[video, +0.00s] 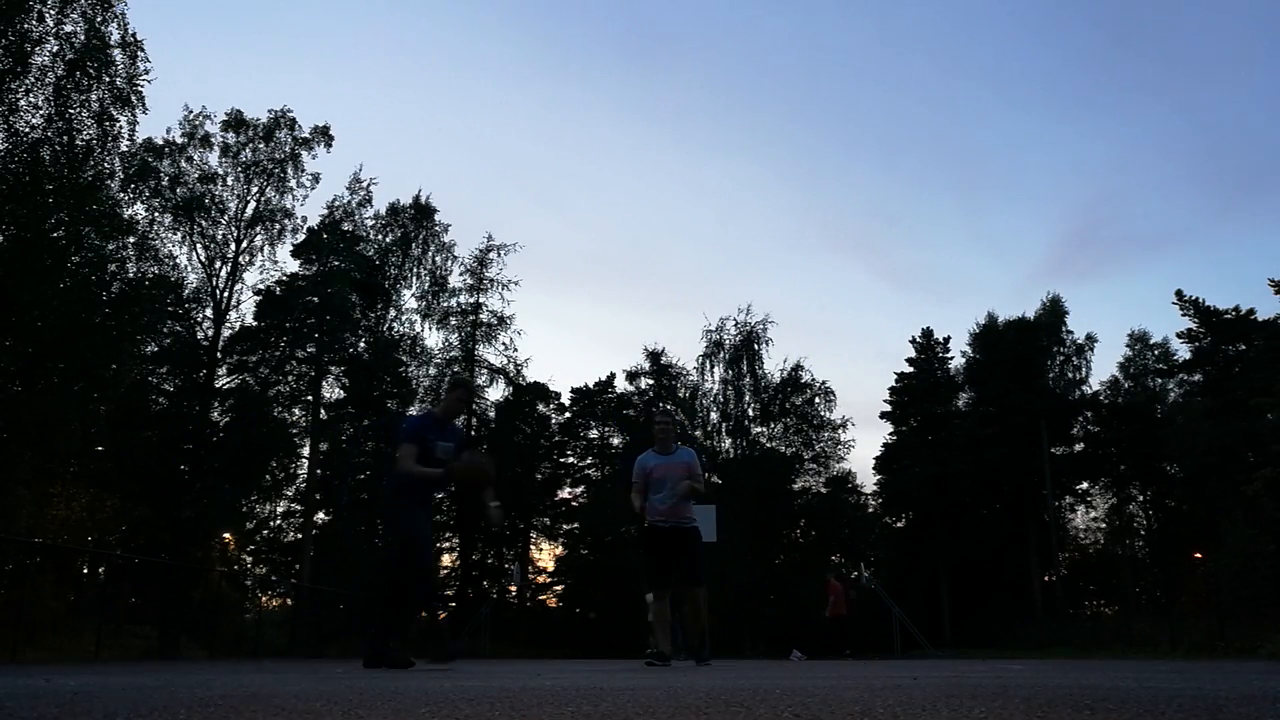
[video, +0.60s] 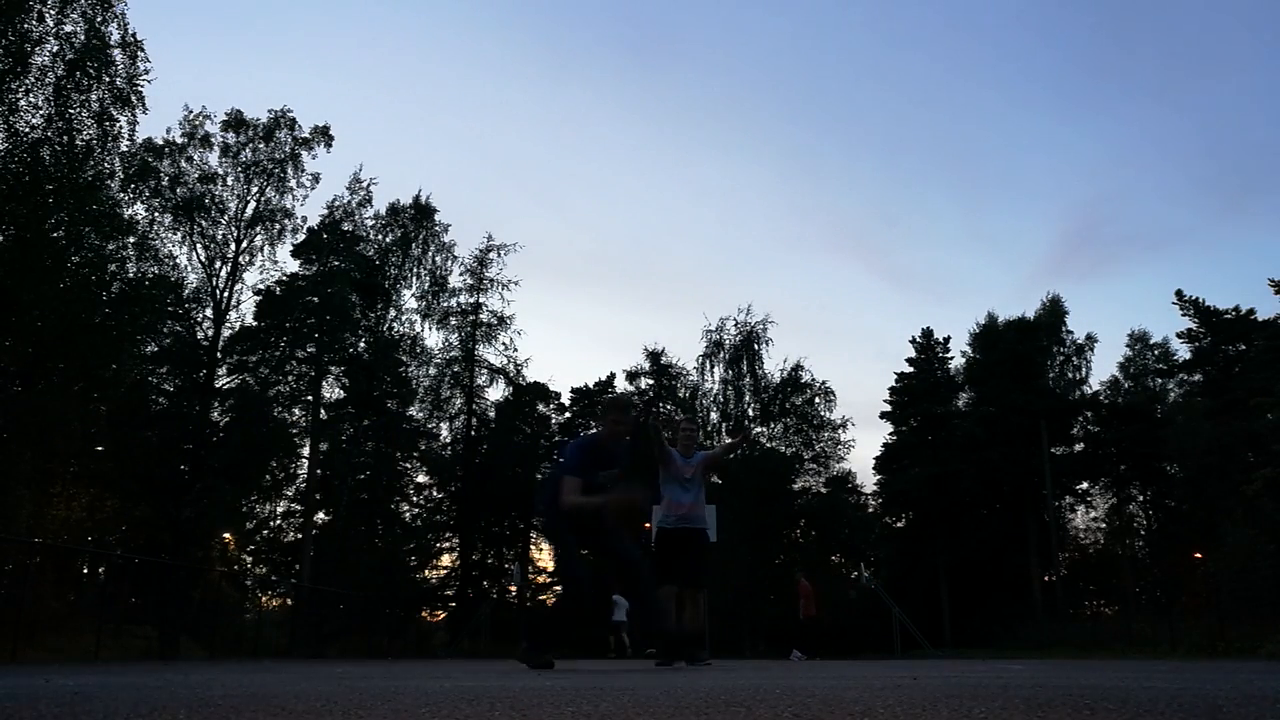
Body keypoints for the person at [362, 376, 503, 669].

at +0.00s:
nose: (459, 407)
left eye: (465, 404)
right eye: (457, 400)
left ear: (465, 406)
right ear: (445, 395)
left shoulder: (458, 435)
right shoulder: (416, 425)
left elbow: (466, 472)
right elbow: (405, 466)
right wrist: (445, 473)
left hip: (425, 509)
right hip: (402, 506)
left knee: (412, 575)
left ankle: (389, 648)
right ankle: (382, 649)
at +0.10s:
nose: (482, 410)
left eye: (486, 406)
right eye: (478, 404)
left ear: (489, 408)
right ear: (466, 401)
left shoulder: (482, 438)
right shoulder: (441, 433)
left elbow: (505, 472)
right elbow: (433, 471)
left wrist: (522, 502)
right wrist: (466, 463)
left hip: (454, 514)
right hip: (428, 513)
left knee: (418, 580)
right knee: (461, 574)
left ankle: (384, 648)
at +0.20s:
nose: (505, 421)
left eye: (510, 416)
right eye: (501, 414)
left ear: (516, 420)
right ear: (490, 412)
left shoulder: (511, 447)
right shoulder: (467, 442)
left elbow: (532, 481)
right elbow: (463, 481)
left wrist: (552, 514)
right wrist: (495, 466)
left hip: (483, 520)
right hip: (457, 518)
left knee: (447, 586)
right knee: (490, 578)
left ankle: (394, 639)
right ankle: (519, 651)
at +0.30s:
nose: (537, 430)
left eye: (540, 424)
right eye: (532, 423)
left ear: (542, 426)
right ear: (519, 422)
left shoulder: (535, 453)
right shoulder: (499, 450)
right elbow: (491, 495)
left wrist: (550, 497)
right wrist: (528, 499)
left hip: (505, 523)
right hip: (483, 524)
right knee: (519, 578)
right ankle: (525, 652)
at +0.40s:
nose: (567, 439)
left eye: (570, 434)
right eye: (561, 432)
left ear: (572, 434)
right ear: (548, 431)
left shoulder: (559, 460)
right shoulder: (526, 456)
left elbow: (558, 502)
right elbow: (517, 506)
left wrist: (564, 531)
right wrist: (551, 527)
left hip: (530, 528)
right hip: (508, 527)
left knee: (539, 583)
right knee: (540, 581)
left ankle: (531, 651)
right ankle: (527, 652)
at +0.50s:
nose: (590, 438)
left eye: (595, 432)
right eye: (585, 432)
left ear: (599, 433)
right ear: (573, 430)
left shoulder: (591, 457)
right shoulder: (552, 455)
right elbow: (541, 507)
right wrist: (580, 523)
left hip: (557, 525)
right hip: (531, 525)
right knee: (561, 582)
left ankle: (593, 645)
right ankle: (531, 651)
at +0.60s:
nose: (622, 430)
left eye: (626, 423)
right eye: (616, 423)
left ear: (632, 423)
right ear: (604, 422)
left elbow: (649, 498)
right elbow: (568, 498)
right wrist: (612, 500)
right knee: (579, 587)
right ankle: (538, 646)